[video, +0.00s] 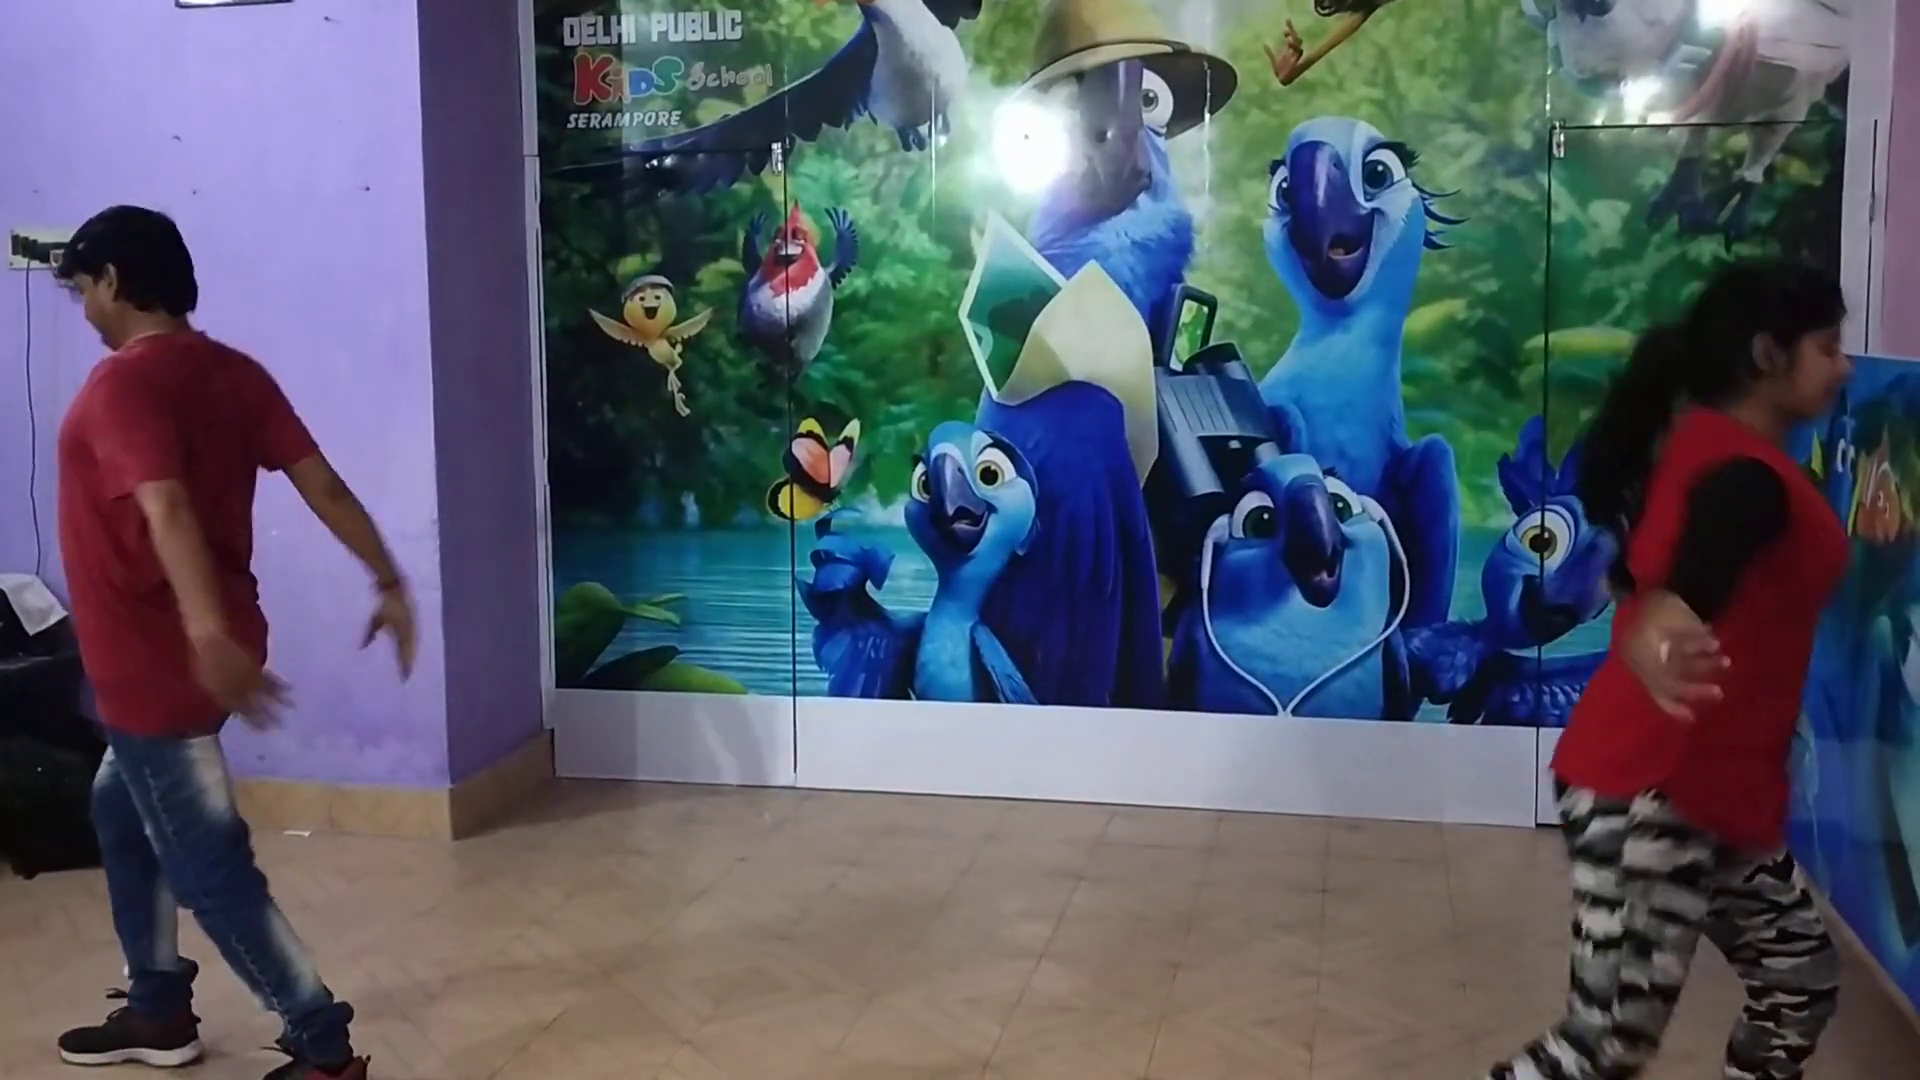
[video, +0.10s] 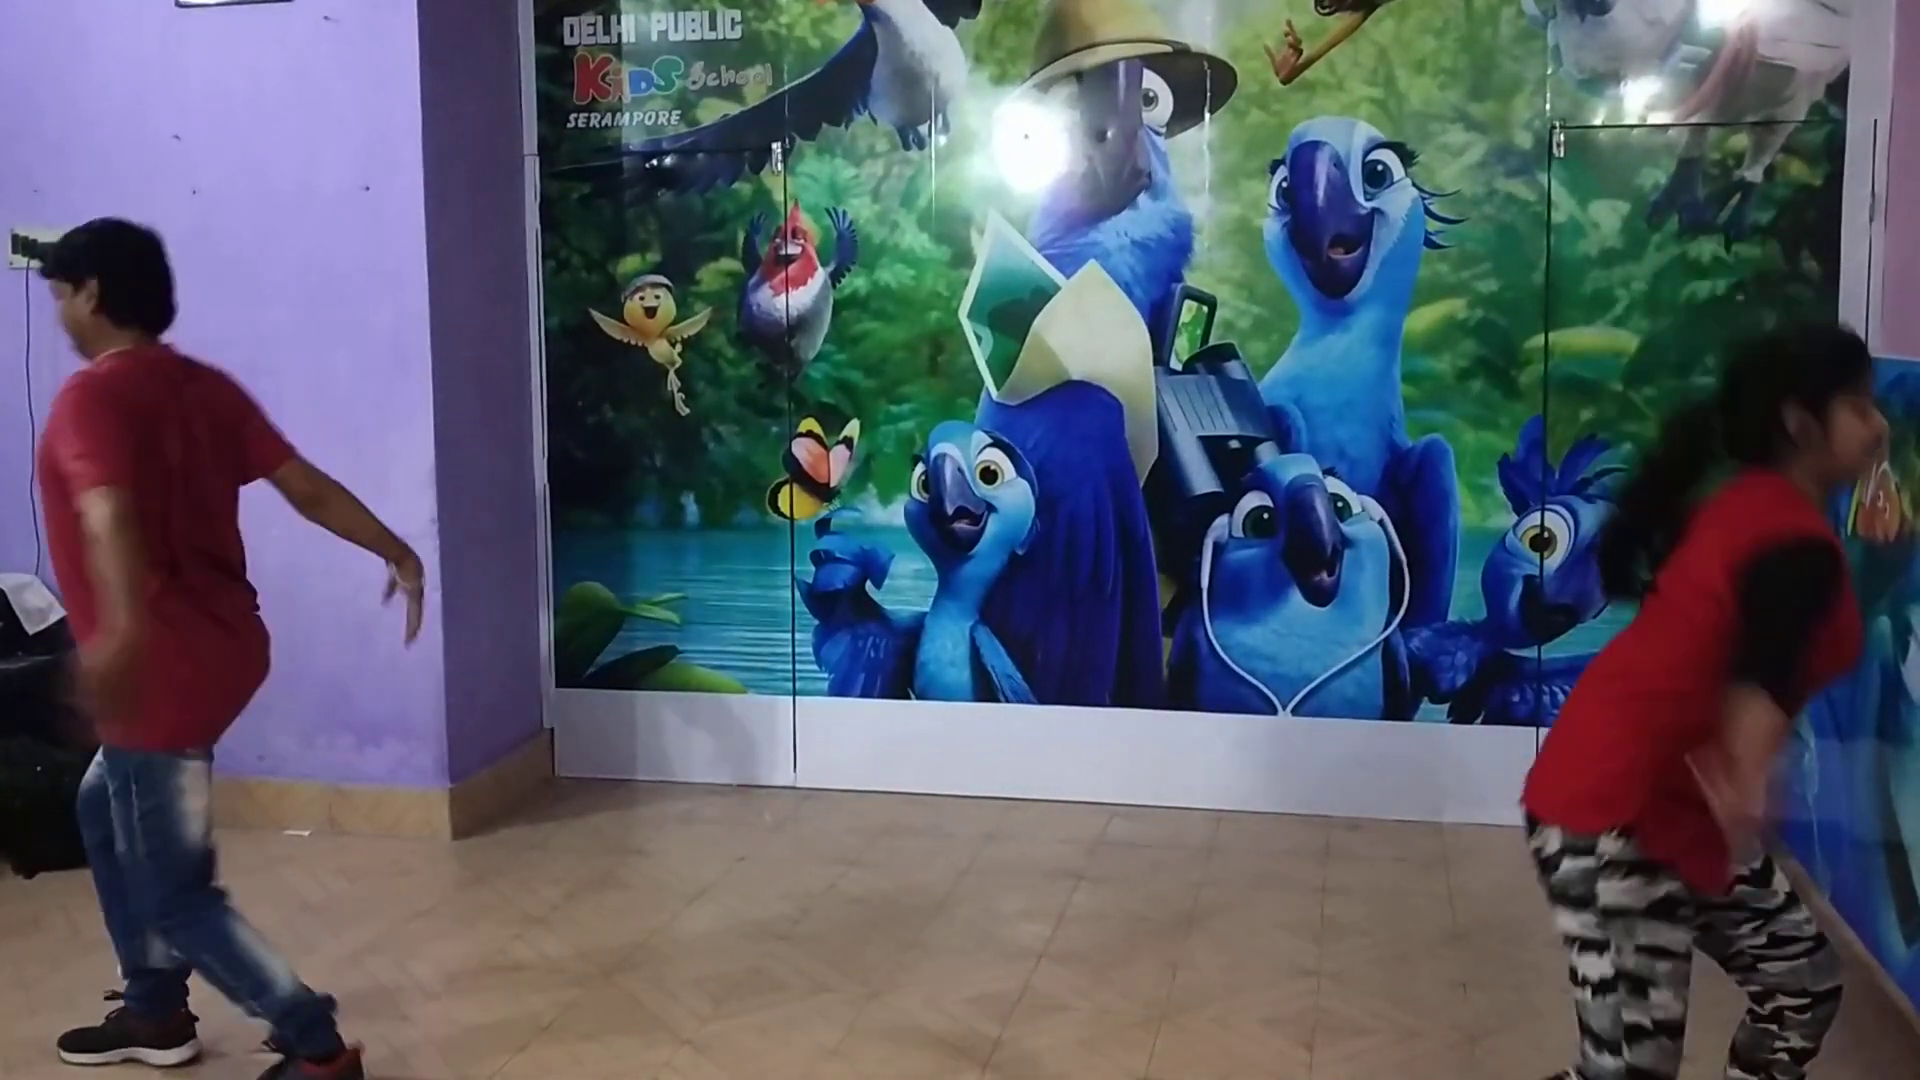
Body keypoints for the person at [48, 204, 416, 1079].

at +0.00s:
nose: (79, 307)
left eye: (80, 288)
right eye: (76, 291)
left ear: (110, 283)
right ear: (174, 281)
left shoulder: (122, 386)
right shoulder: (236, 372)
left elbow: (168, 507)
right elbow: (319, 481)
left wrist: (211, 635)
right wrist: (387, 575)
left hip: (148, 672)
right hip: (215, 650)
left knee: (211, 867)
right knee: (120, 810)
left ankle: (324, 1046)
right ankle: (157, 1010)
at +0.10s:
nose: (56, 307)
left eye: (61, 291)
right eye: (57, 291)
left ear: (92, 297)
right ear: (148, 299)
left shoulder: (89, 398)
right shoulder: (208, 386)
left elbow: (107, 516)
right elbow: (301, 481)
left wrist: (120, 631)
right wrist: (396, 549)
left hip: (154, 664)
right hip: (225, 648)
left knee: (177, 901)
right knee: (105, 810)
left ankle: (317, 1045)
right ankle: (153, 1011)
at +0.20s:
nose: (12, 346)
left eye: (20, 330)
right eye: (14, 329)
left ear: (50, 336)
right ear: (101, 339)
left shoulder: (43, 436)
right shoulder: (161, 420)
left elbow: (30, 555)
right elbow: (264, 506)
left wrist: (9, 644)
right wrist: (357, 555)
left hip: (183, 690)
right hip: (251, 667)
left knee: (135, 903)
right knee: (99, 805)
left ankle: (296, 1032)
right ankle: (151, 1012)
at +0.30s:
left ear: (4, 418)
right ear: (59, 413)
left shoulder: (20, 504)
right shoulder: (112, 478)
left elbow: (9, 609)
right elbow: (180, 568)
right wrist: (261, 600)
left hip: (213, 708)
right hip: (270, 677)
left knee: (128, 912)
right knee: (108, 803)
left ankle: (297, 1034)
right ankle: (153, 1015)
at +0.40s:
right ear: (34, 487)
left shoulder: (18, 564)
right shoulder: (82, 529)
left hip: (231, 713)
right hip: (290, 680)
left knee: (124, 913)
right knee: (119, 803)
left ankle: (300, 1037)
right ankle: (152, 1014)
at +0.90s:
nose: (2, 431)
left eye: (1, 419)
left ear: (12, 401)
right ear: (62, 382)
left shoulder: (37, 428)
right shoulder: (131, 412)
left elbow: (7, 530)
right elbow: (178, 536)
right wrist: (92, 607)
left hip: (195, 662)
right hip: (266, 642)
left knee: (181, 886)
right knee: (144, 834)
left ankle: (310, 1042)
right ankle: (158, 1014)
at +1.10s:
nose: (10, 326)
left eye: (10, 309)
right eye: (8, 311)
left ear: (38, 297)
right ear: (93, 288)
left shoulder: (54, 350)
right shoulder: (165, 344)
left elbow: (27, 463)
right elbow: (243, 454)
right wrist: (175, 527)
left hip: (156, 644)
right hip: (235, 621)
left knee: (207, 853)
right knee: (153, 820)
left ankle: (314, 1040)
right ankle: (157, 1012)